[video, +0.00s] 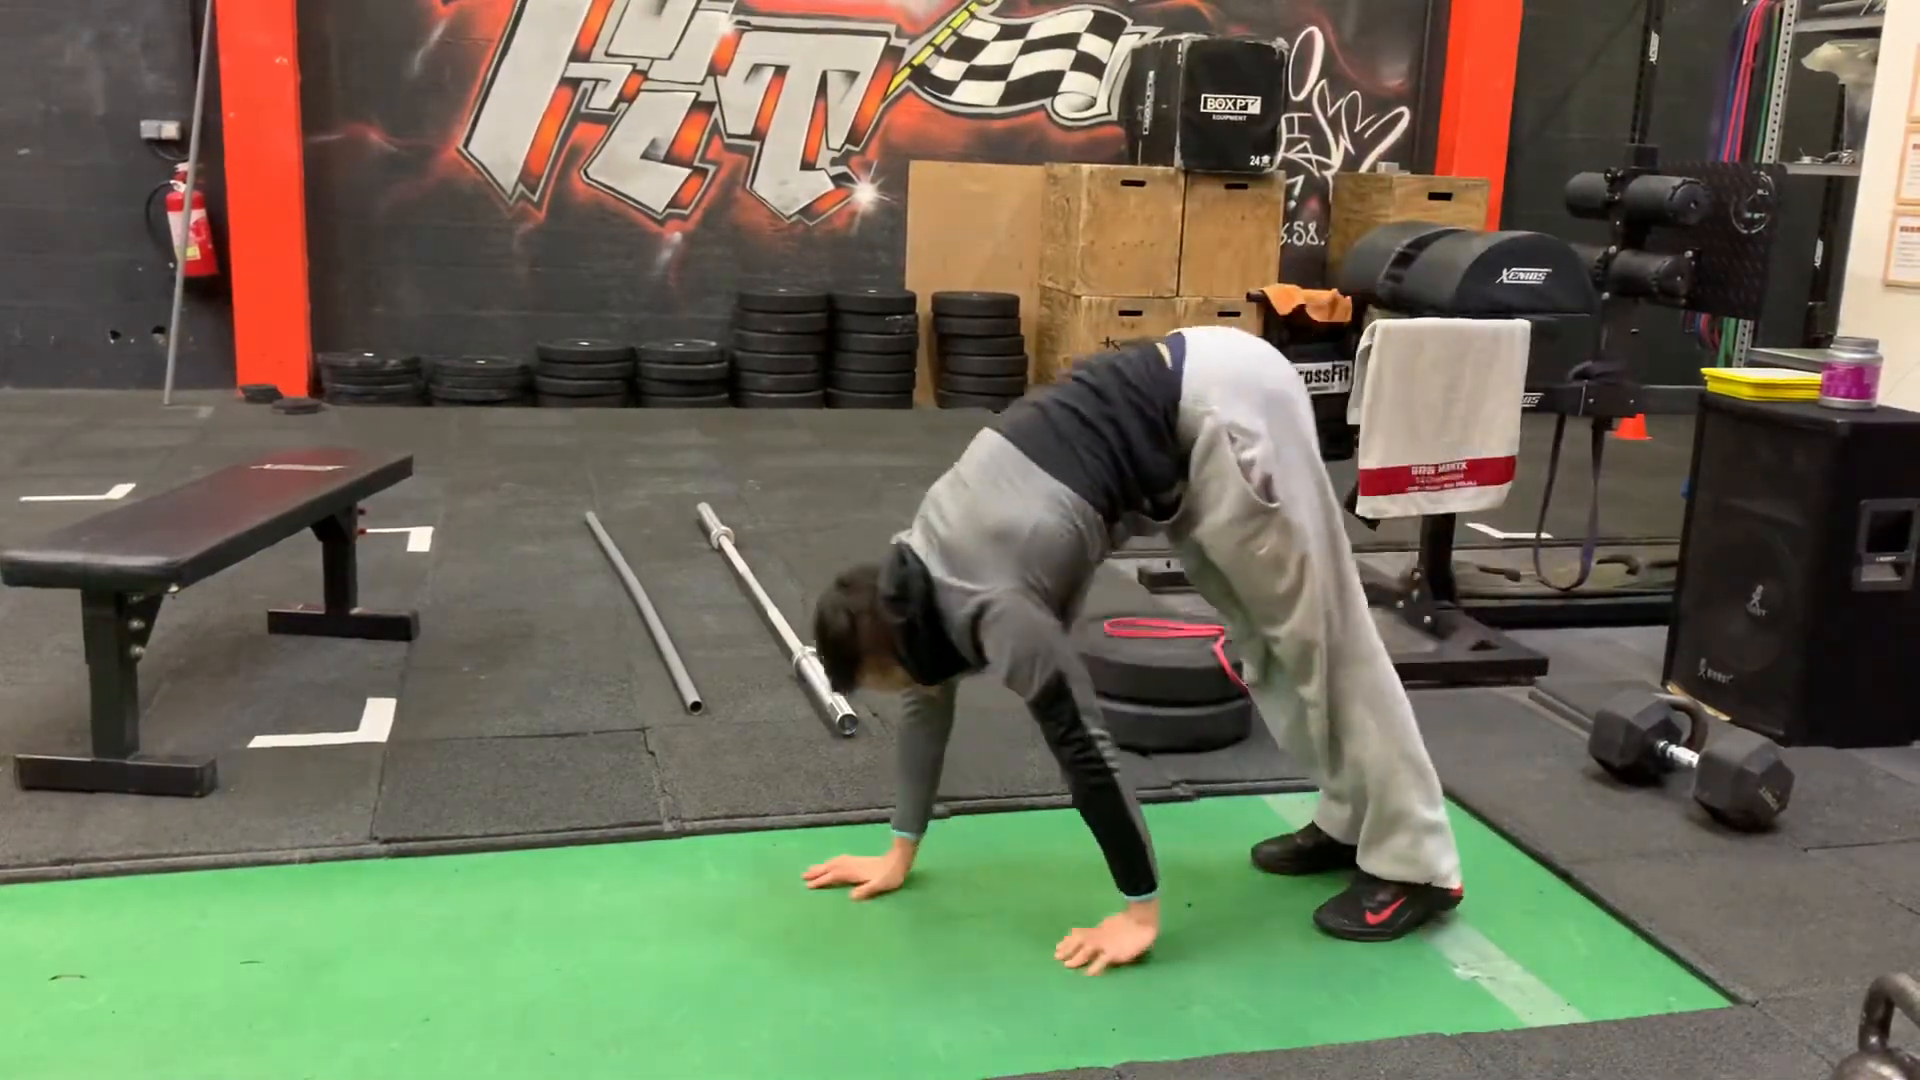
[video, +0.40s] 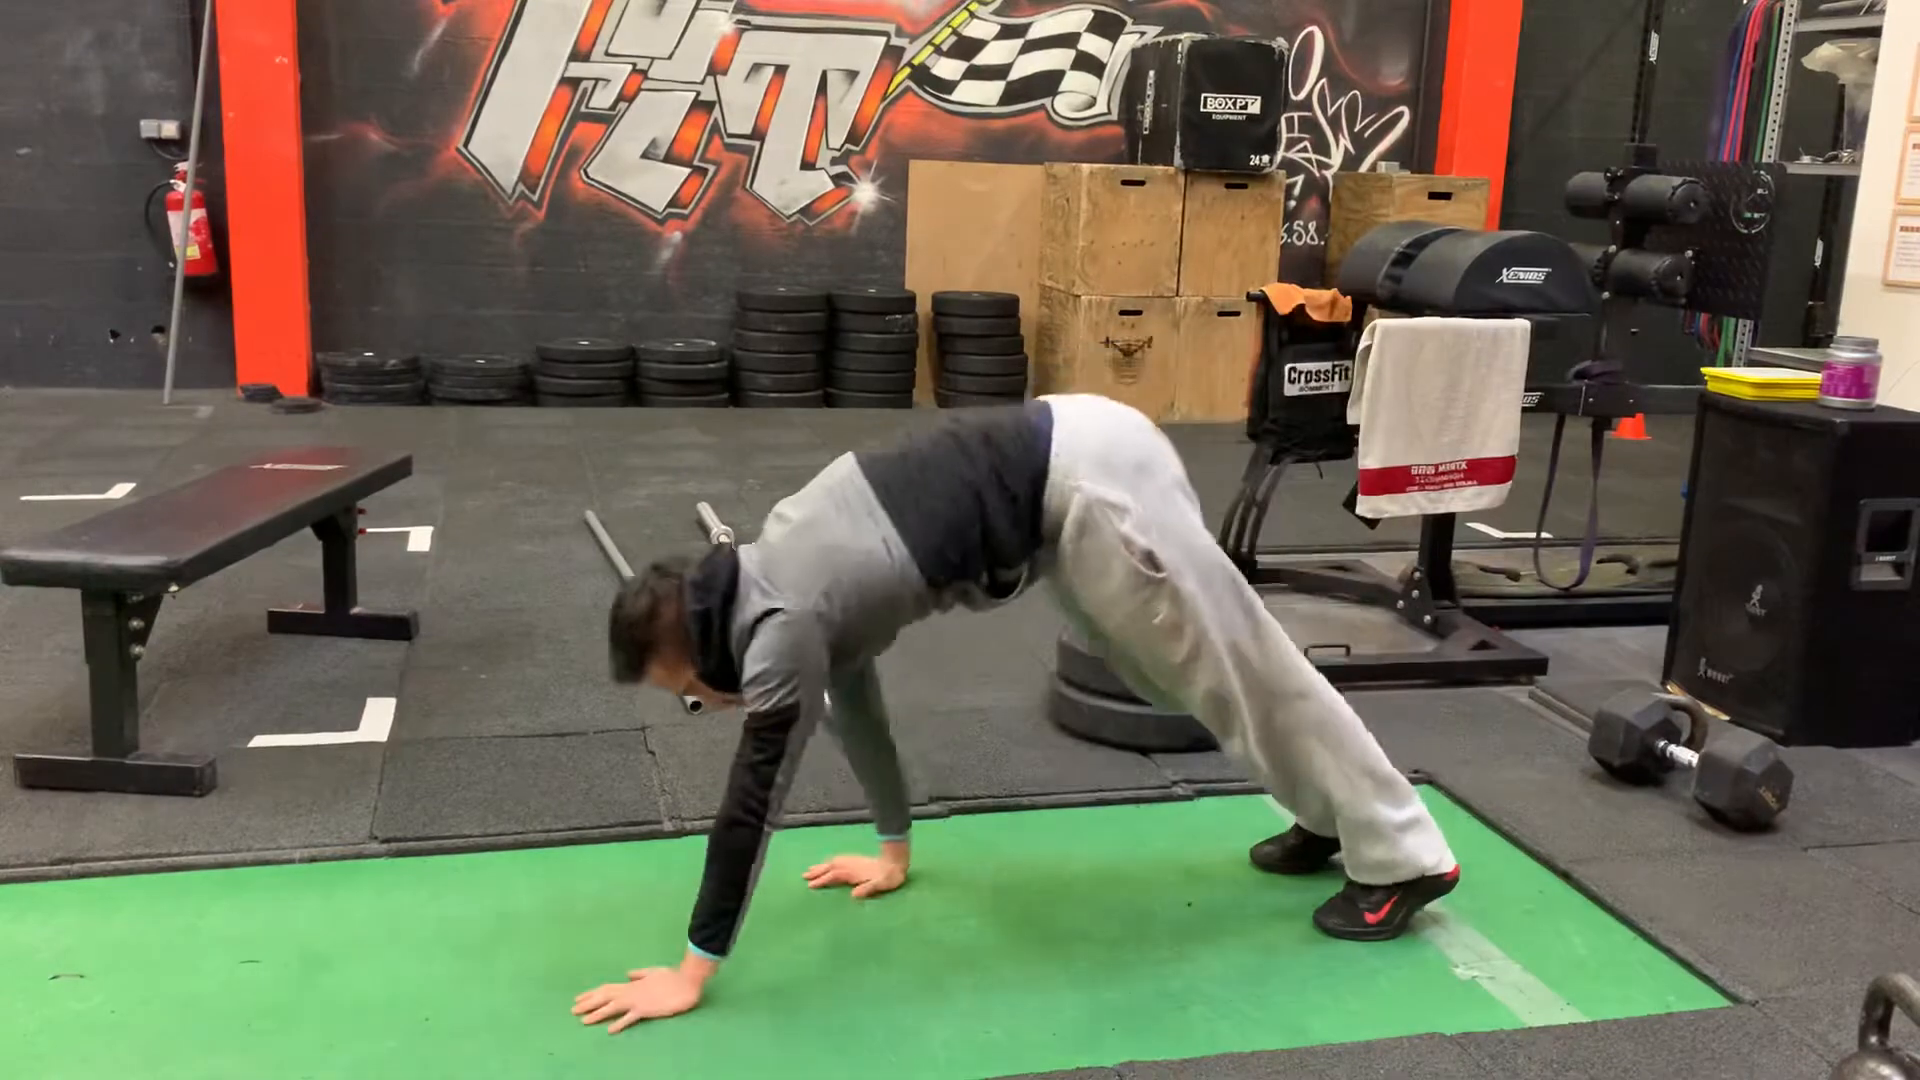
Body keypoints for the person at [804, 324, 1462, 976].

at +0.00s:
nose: (889, 690)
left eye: (882, 678)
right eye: (878, 683)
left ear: (893, 643)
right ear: (880, 624)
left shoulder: (1001, 607)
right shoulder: (915, 571)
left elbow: (1083, 755)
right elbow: (923, 714)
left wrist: (1138, 908)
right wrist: (900, 854)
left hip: (1226, 402)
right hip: (1172, 418)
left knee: (1323, 642)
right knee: (1270, 648)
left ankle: (1420, 863)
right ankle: (1352, 816)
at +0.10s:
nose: (845, 685)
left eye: (837, 671)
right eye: (829, 677)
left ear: (854, 632)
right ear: (840, 608)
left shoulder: (954, 591)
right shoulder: (883, 556)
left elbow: (1011, 747)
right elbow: (907, 707)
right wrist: (900, 845)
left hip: (1186, 403)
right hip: (1138, 413)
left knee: (1297, 640)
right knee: (1246, 644)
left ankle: (1415, 857)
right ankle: (1344, 815)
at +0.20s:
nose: (805, 680)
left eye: (786, 666)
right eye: (788, 671)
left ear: (793, 626)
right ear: (790, 602)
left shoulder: (887, 593)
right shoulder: (854, 546)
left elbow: (883, 753)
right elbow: (893, 721)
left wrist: (817, 918)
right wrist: (892, 841)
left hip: (1155, 419)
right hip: (1121, 427)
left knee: (1279, 648)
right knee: (1235, 650)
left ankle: (1411, 860)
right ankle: (1341, 820)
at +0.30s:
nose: (746, 690)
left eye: (732, 672)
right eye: (728, 680)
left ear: (750, 621)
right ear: (745, 611)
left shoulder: (828, 609)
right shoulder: (823, 566)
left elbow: (765, 789)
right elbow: (876, 713)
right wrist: (897, 848)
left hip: (1126, 444)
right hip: (1090, 455)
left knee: (1269, 660)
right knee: (1220, 664)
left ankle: (1415, 857)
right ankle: (1338, 816)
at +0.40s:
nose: (689, 697)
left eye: (678, 679)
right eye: (672, 687)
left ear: (695, 627)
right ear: (695, 608)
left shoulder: (790, 619)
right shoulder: (785, 572)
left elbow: (747, 799)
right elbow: (861, 717)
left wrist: (695, 968)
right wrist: (893, 847)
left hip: (1087, 473)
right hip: (1063, 471)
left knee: (1244, 671)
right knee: (1199, 675)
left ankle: (1407, 856)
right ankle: (1331, 817)